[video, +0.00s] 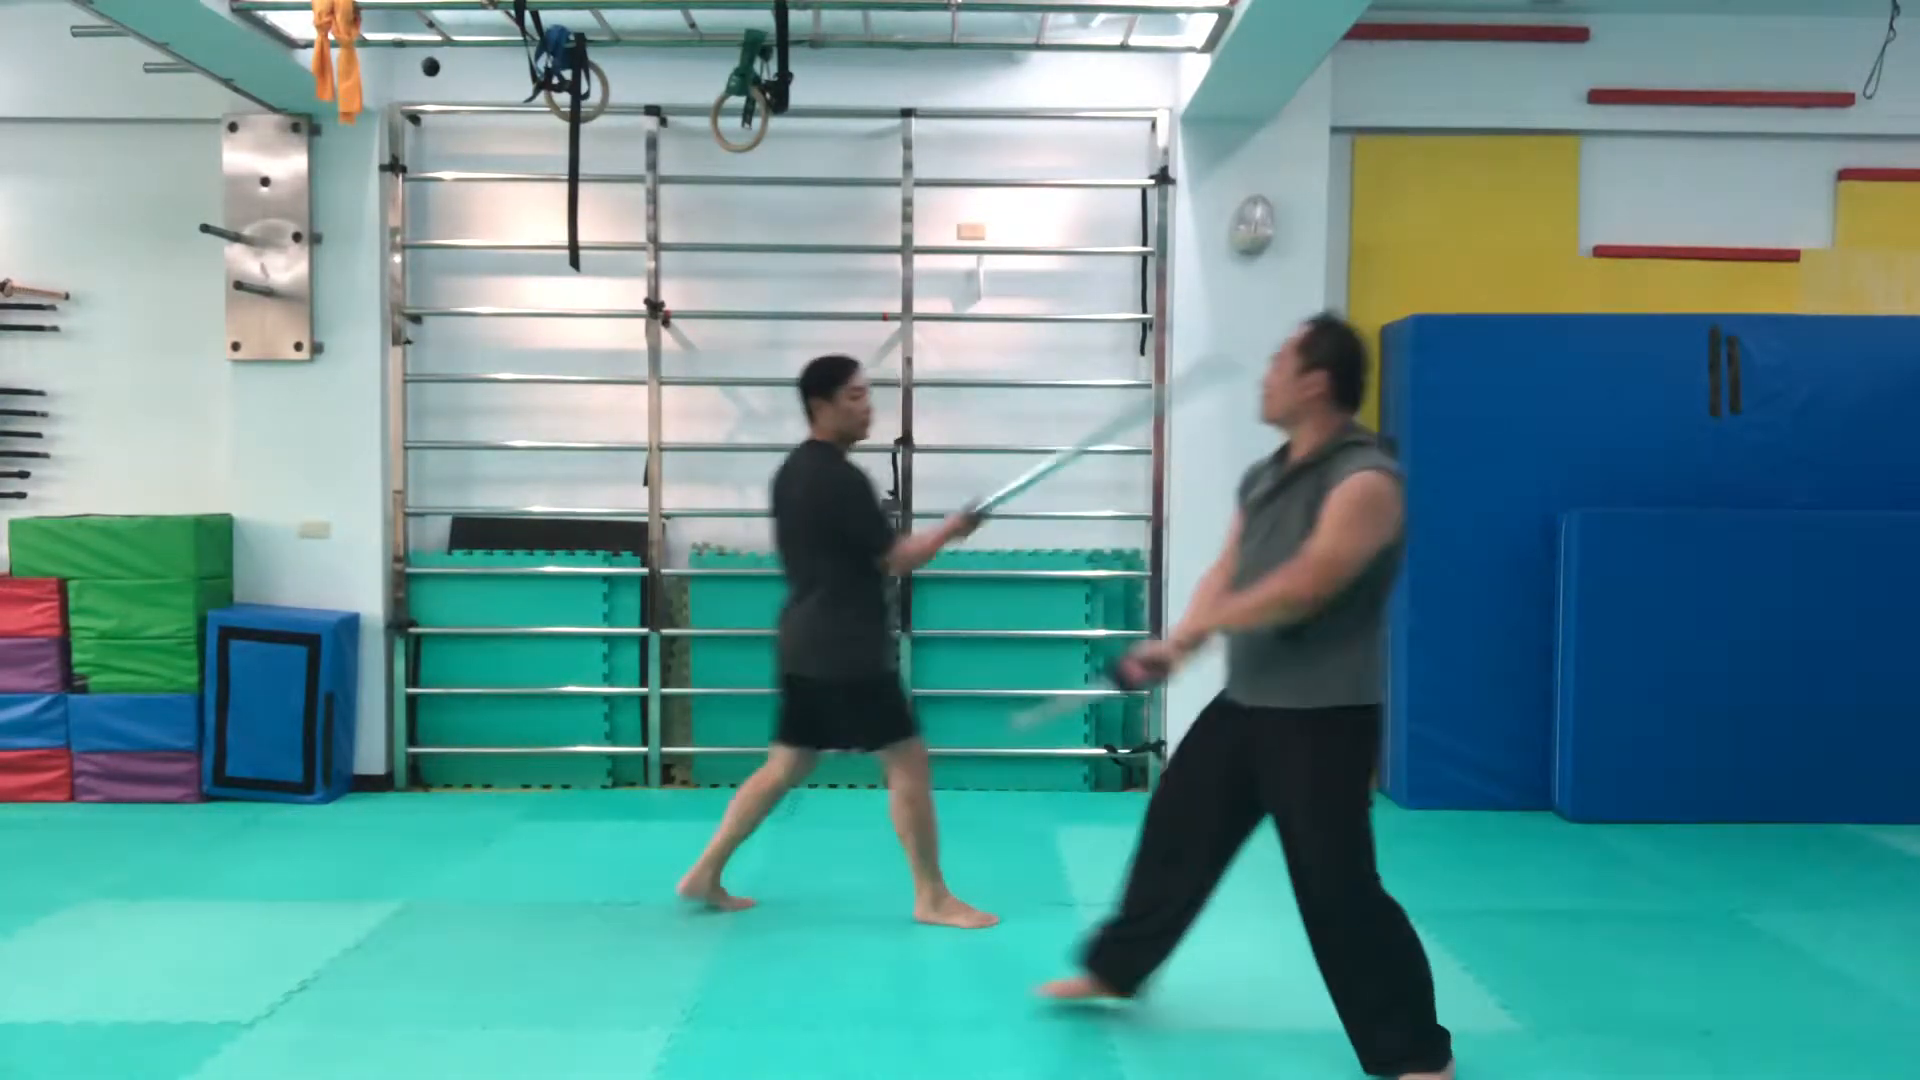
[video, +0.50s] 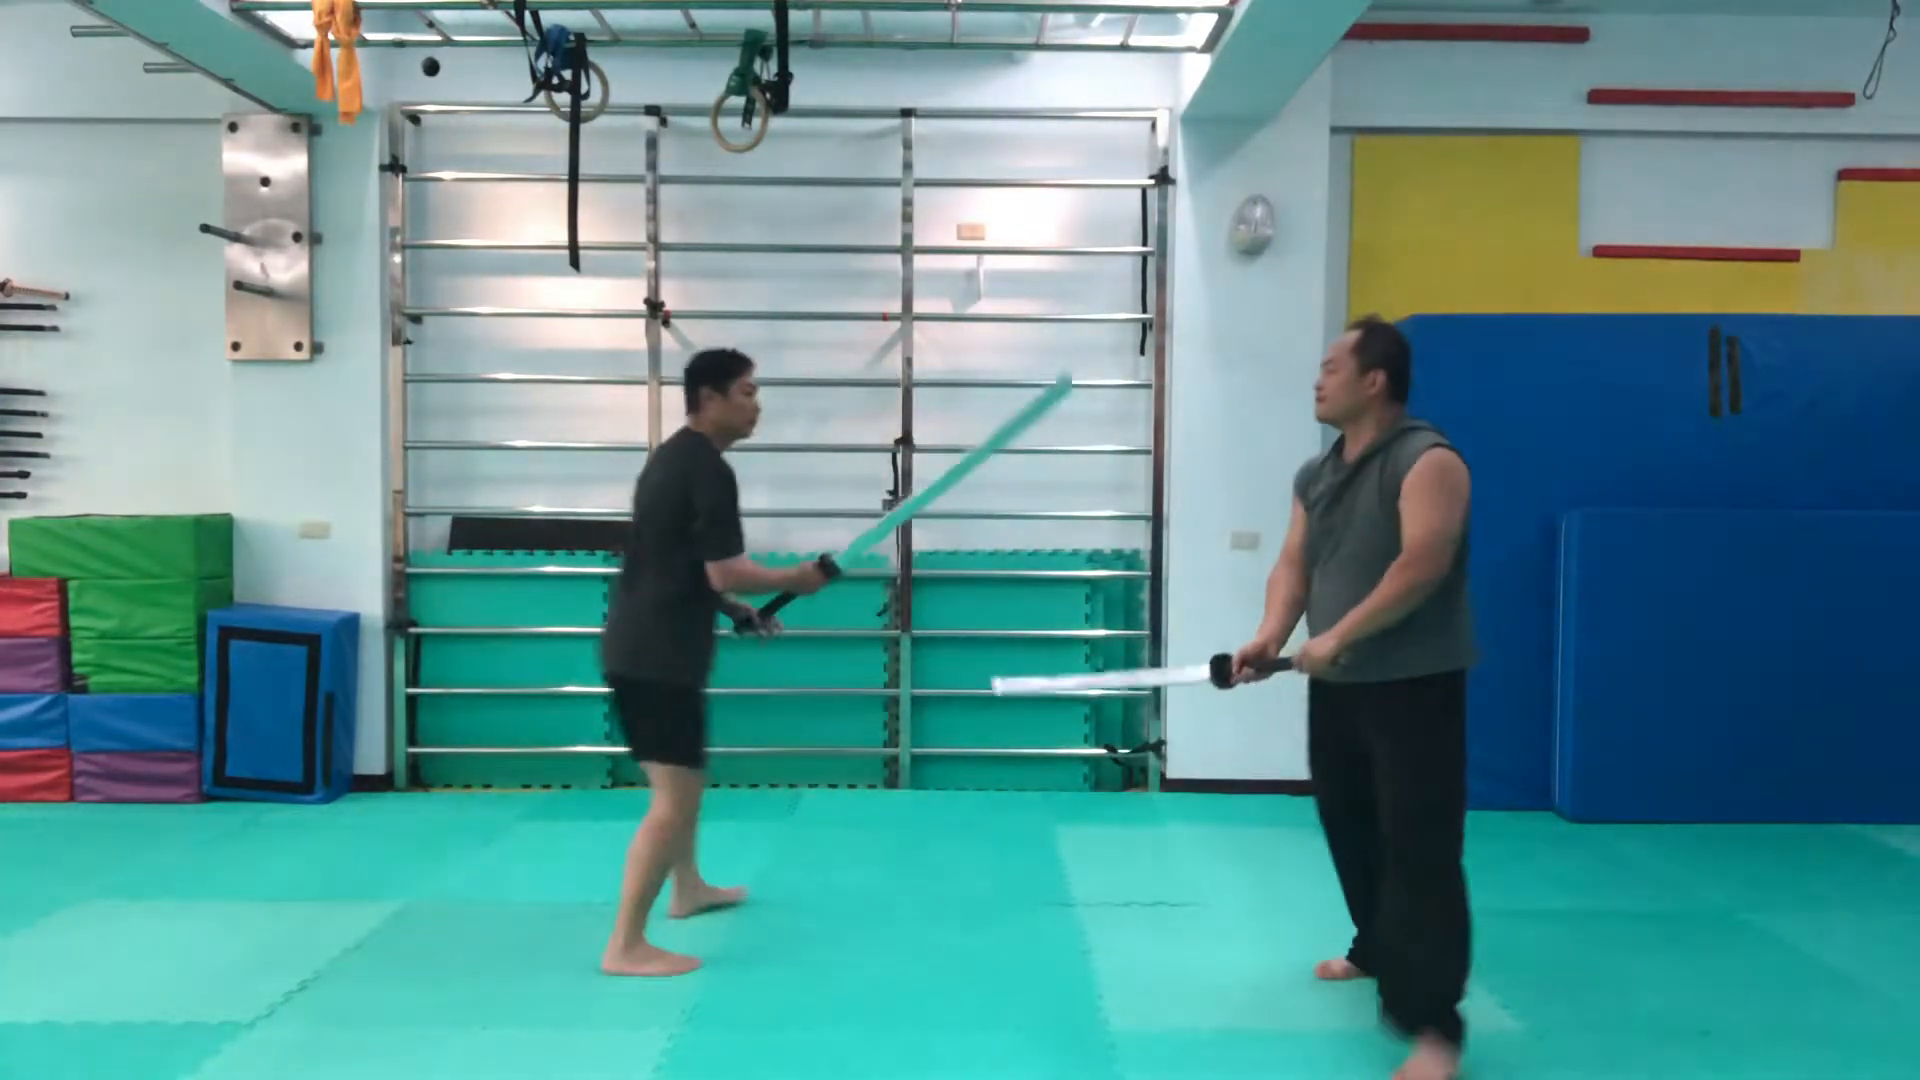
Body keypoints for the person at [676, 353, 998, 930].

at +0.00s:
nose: (869, 405)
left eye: (867, 394)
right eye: (857, 396)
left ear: (822, 408)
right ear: (824, 405)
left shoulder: (792, 474)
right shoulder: (841, 478)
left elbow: (811, 563)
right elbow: (893, 559)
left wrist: (892, 545)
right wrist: (951, 529)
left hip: (806, 651)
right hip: (851, 654)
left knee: (786, 765)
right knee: (908, 762)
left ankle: (703, 877)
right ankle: (932, 898)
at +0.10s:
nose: (841, 407)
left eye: (839, 395)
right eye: (830, 398)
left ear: (796, 408)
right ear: (794, 408)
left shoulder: (765, 471)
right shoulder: (803, 476)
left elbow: (777, 573)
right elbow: (836, 566)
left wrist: (845, 589)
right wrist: (896, 559)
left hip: (758, 655)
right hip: (800, 658)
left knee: (760, 769)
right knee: (864, 770)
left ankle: (697, 889)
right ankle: (921, 895)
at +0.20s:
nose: (816, 401)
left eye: (814, 390)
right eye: (805, 392)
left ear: (767, 402)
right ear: (769, 399)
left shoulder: (736, 465)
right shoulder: (773, 469)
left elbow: (741, 565)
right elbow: (792, 562)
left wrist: (817, 572)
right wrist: (850, 567)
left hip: (726, 650)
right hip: (766, 651)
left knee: (749, 760)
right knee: (824, 757)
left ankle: (696, 887)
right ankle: (841, 905)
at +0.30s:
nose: (791, 396)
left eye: (790, 385)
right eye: (781, 386)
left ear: (742, 393)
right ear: (744, 391)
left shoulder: (710, 457)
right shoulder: (744, 459)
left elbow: (709, 563)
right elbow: (760, 557)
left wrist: (768, 596)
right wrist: (821, 564)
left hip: (701, 648)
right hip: (736, 649)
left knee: (728, 758)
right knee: (788, 760)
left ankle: (693, 888)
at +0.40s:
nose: (770, 397)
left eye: (768, 386)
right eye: (759, 387)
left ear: (721, 395)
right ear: (723, 393)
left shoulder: (687, 457)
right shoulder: (721, 459)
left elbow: (680, 564)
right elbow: (739, 562)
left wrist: (749, 607)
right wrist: (806, 569)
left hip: (673, 647)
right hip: (700, 651)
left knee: (706, 768)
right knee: (739, 771)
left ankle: (689, 887)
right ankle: (649, 915)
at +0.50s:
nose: (758, 405)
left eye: (755, 392)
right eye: (747, 393)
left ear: (706, 402)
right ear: (710, 400)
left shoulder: (669, 458)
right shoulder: (707, 468)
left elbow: (672, 562)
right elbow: (724, 572)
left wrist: (738, 607)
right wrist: (796, 577)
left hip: (641, 649)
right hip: (661, 658)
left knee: (681, 777)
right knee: (672, 799)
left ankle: (688, 887)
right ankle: (625, 945)